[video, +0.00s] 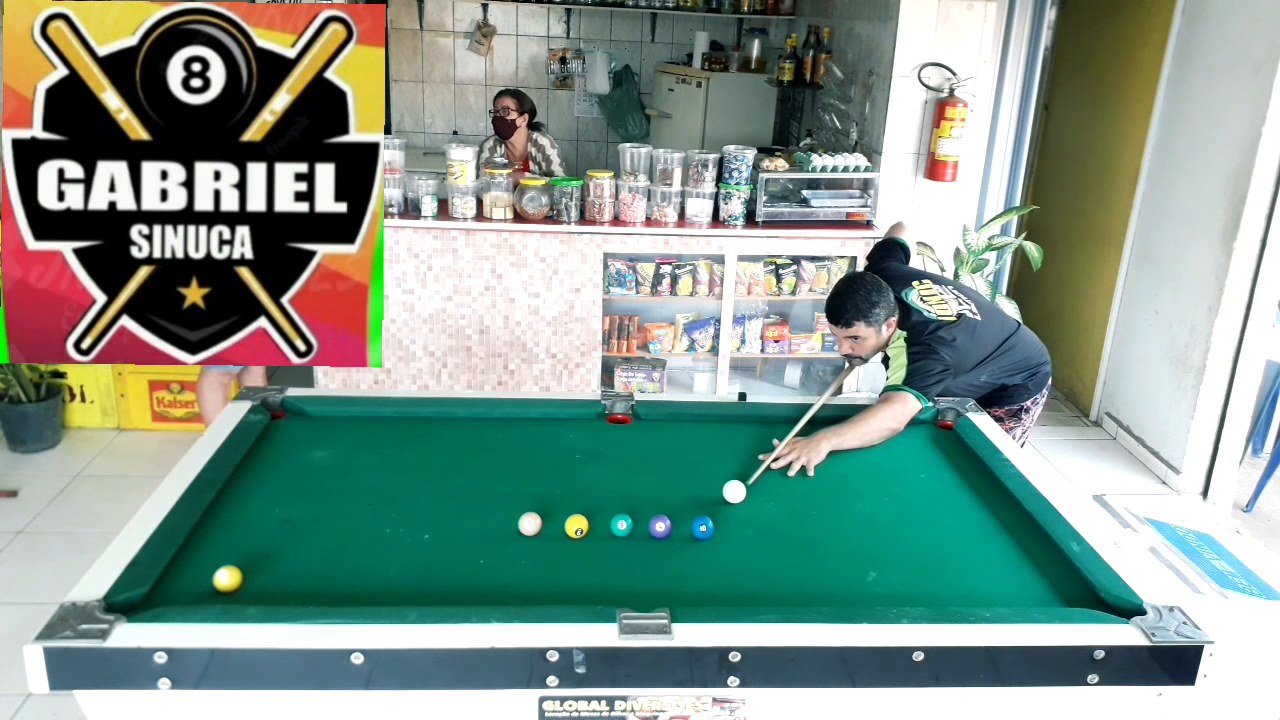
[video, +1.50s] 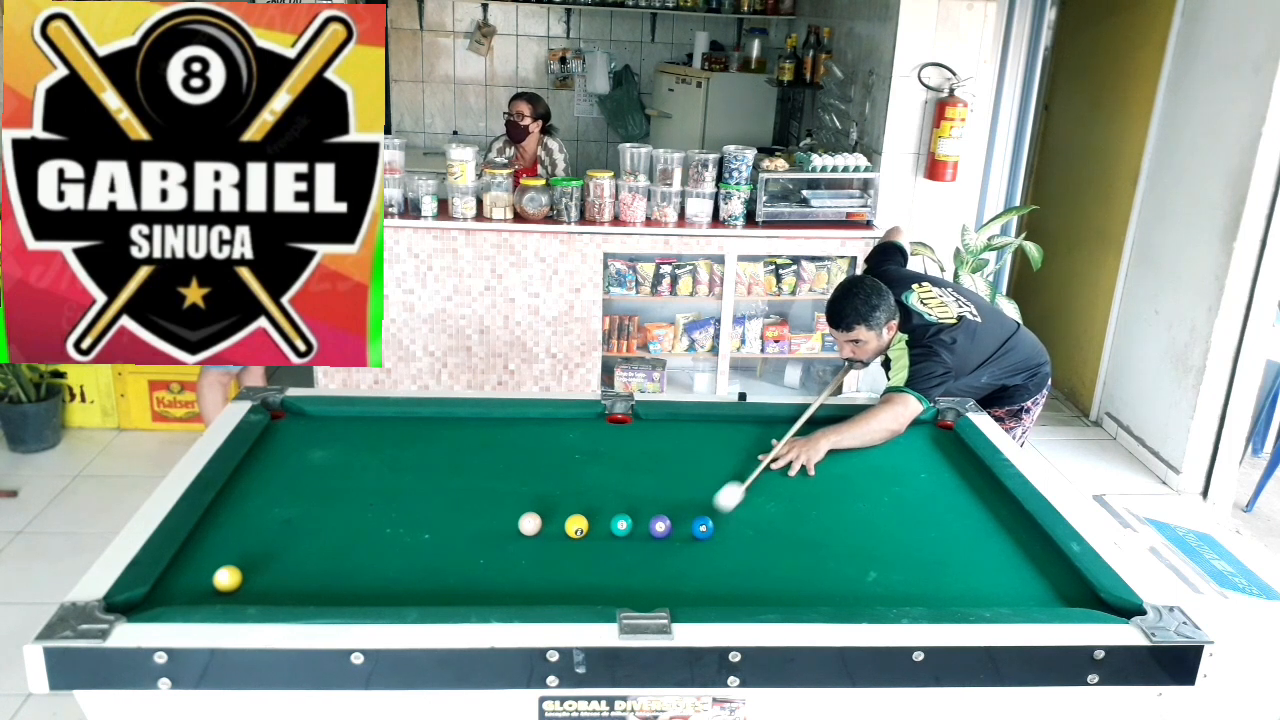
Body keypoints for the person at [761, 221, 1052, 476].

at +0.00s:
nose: (844, 349)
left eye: (854, 338)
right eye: (837, 336)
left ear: (889, 326)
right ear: (833, 318)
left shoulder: (926, 351)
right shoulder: (885, 272)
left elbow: (893, 415)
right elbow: (901, 229)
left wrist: (824, 439)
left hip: (1021, 375)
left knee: (986, 475)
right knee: (946, 459)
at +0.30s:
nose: (844, 350)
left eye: (854, 340)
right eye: (837, 337)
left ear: (889, 327)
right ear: (833, 319)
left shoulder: (926, 352)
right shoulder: (883, 273)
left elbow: (893, 415)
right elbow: (900, 230)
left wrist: (824, 439)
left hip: (1021, 375)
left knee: (985, 475)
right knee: (945, 458)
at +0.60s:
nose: (844, 350)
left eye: (855, 340)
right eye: (837, 337)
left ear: (889, 328)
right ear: (833, 319)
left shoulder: (926, 351)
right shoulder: (884, 273)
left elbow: (894, 414)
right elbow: (900, 231)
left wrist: (824, 439)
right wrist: (870, 294)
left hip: (1021, 375)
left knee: (984, 476)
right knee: (943, 458)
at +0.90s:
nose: (844, 351)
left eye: (855, 340)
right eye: (837, 338)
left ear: (889, 327)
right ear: (832, 320)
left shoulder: (926, 351)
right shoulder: (884, 274)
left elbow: (894, 413)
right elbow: (899, 232)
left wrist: (824, 439)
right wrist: (869, 293)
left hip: (1021, 375)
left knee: (985, 475)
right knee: (944, 458)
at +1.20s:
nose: (844, 351)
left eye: (855, 341)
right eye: (837, 338)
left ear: (889, 328)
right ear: (832, 321)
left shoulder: (927, 350)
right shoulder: (883, 275)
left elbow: (893, 414)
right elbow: (898, 235)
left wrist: (823, 439)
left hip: (1022, 374)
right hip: (971, 361)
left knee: (988, 475)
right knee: (947, 458)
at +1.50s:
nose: (845, 353)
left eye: (855, 343)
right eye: (838, 340)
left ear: (889, 330)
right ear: (832, 322)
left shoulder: (926, 353)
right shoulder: (883, 275)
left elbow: (894, 417)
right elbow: (897, 234)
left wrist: (823, 439)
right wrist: (869, 287)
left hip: (1021, 375)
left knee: (985, 476)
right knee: (945, 458)